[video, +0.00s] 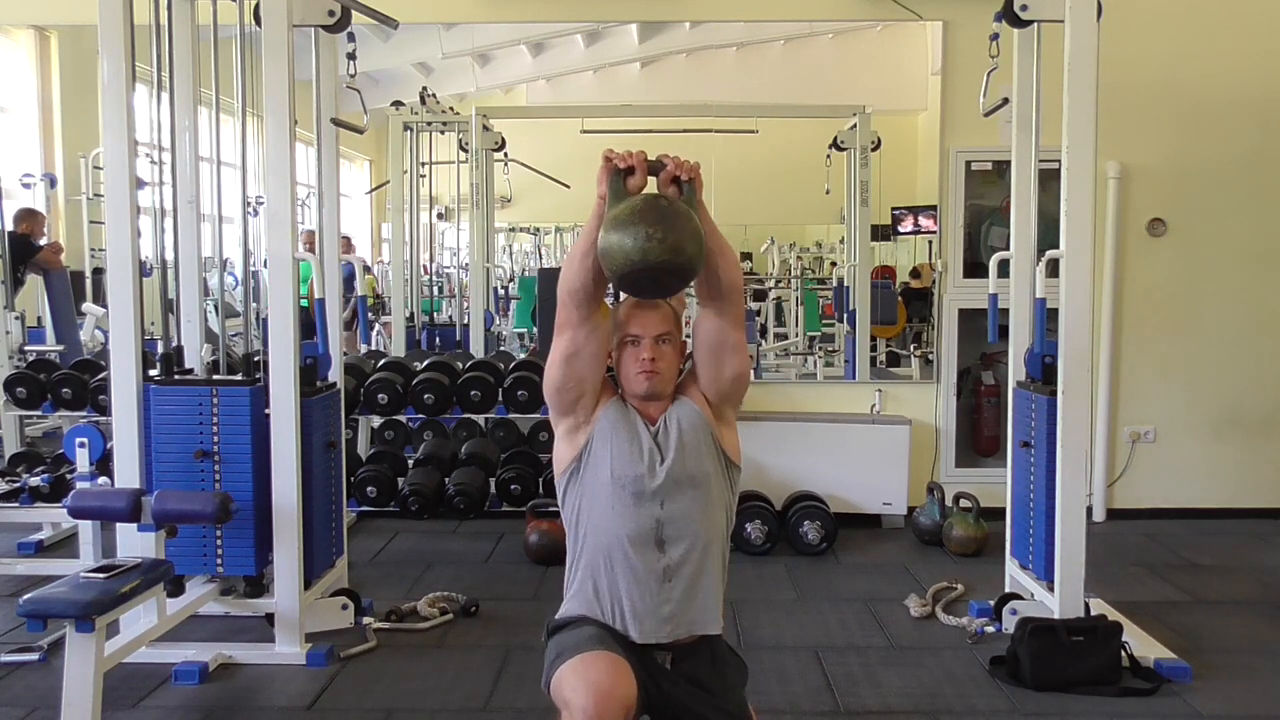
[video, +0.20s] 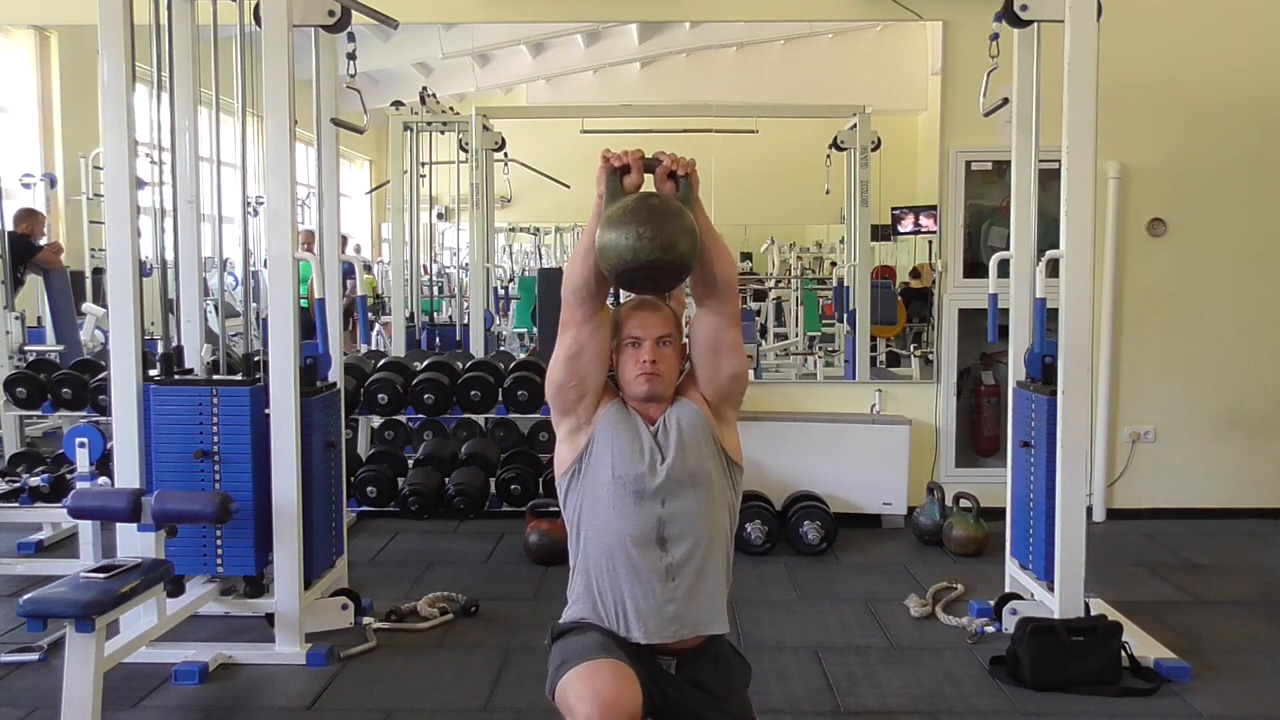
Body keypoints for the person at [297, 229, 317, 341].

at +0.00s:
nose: (308, 247)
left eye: (311, 243)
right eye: (305, 244)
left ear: (317, 243)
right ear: (301, 244)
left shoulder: (323, 262)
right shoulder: (297, 264)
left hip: (319, 305)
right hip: (302, 306)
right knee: (304, 341)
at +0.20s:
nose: (306, 247)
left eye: (309, 243)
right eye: (303, 244)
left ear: (314, 243)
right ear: (298, 244)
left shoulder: (320, 262)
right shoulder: (294, 263)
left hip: (315, 306)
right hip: (300, 306)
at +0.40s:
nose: (305, 248)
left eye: (308, 244)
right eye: (302, 245)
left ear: (314, 244)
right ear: (297, 245)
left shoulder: (320, 264)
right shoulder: (292, 264)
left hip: (313, 310)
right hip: (297, 310)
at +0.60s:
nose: (306, 246)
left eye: (309, 242)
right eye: (303, 242)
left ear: (315, 242)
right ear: (299, 242)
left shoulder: (321, 262)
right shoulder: (294, 262)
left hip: (314, 307)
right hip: (298, 306)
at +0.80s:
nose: (303, 247)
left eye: (307, 243)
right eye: (301, 243)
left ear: (314, 244)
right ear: (297, 243)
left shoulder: (319, 263)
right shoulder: (292, 262)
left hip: (311, 308)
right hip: (295, 307)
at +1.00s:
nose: (299, 248)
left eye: (301, 245)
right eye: (296, 244)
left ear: (308, 244)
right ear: (292, 243)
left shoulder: (311, 263)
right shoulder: (286, 262)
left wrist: (314, 312)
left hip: (306, 308)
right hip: (289, 308)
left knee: (313, 341)